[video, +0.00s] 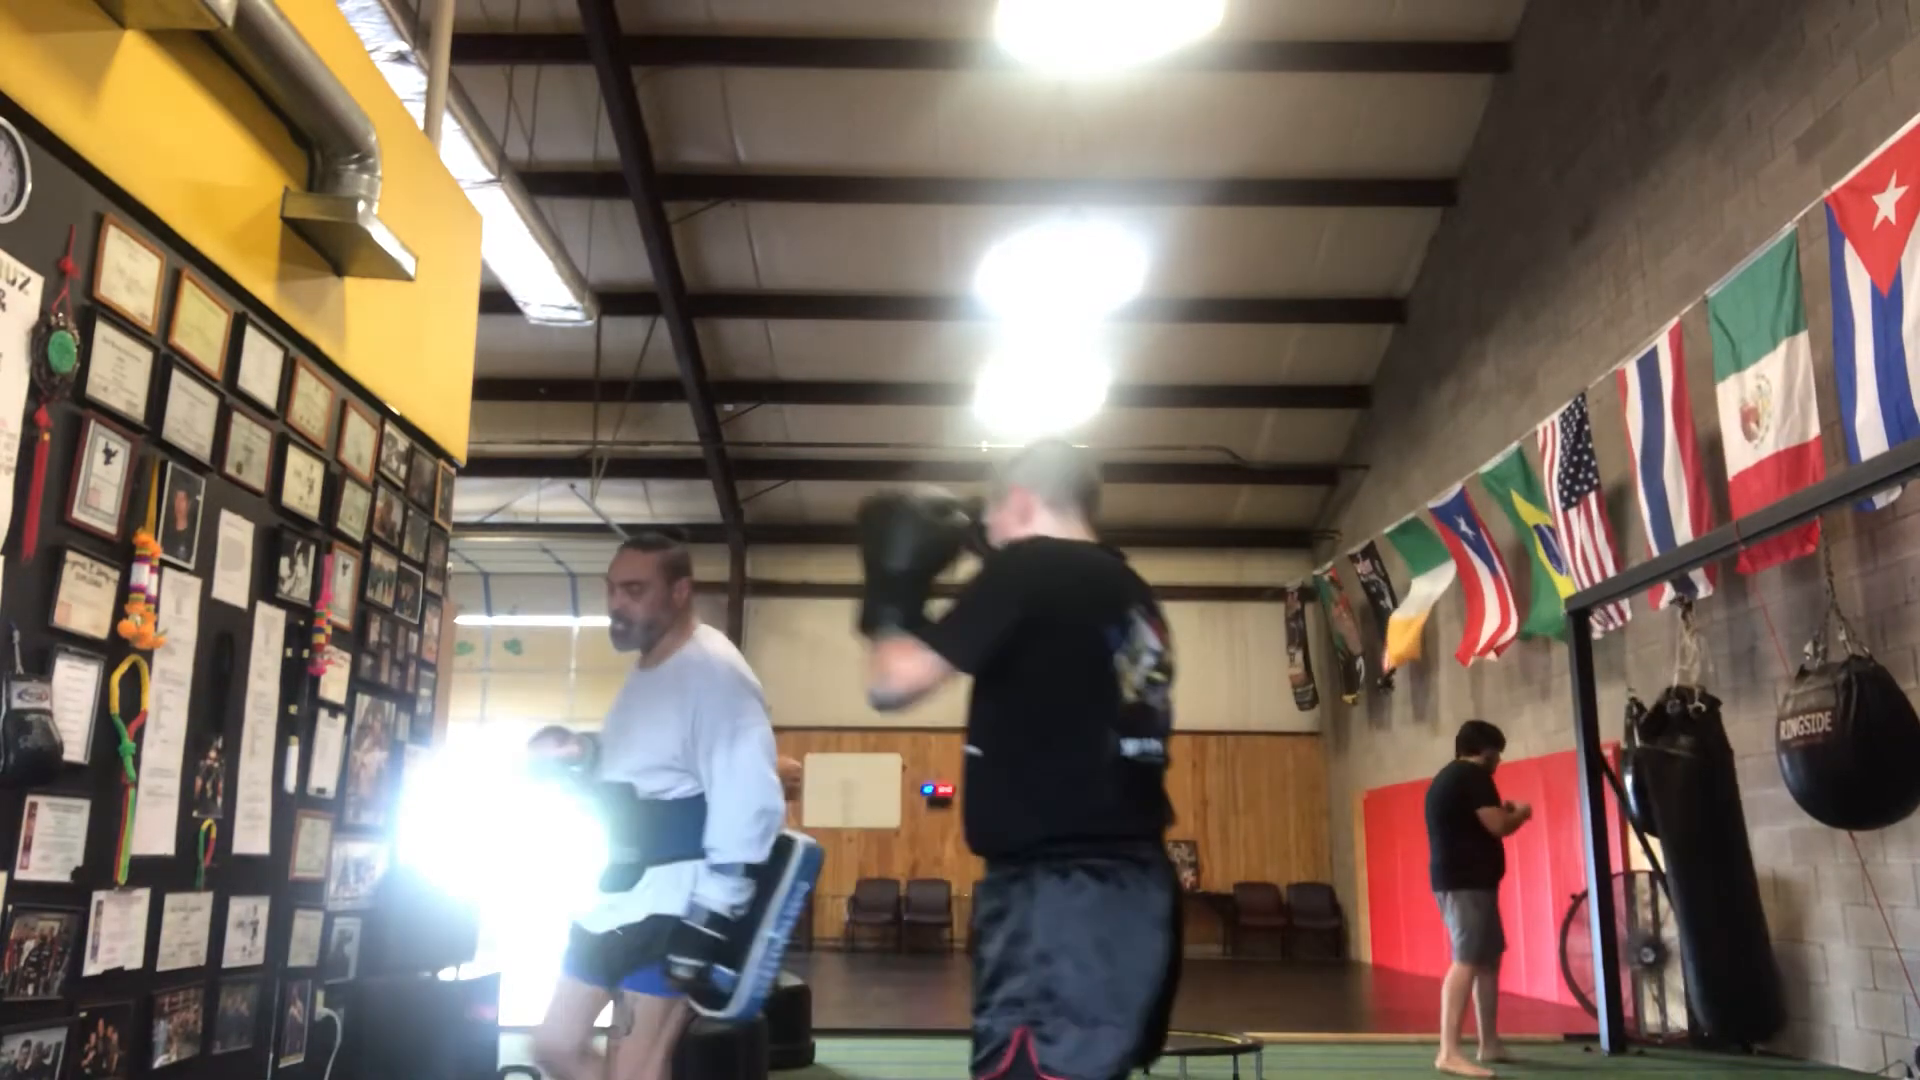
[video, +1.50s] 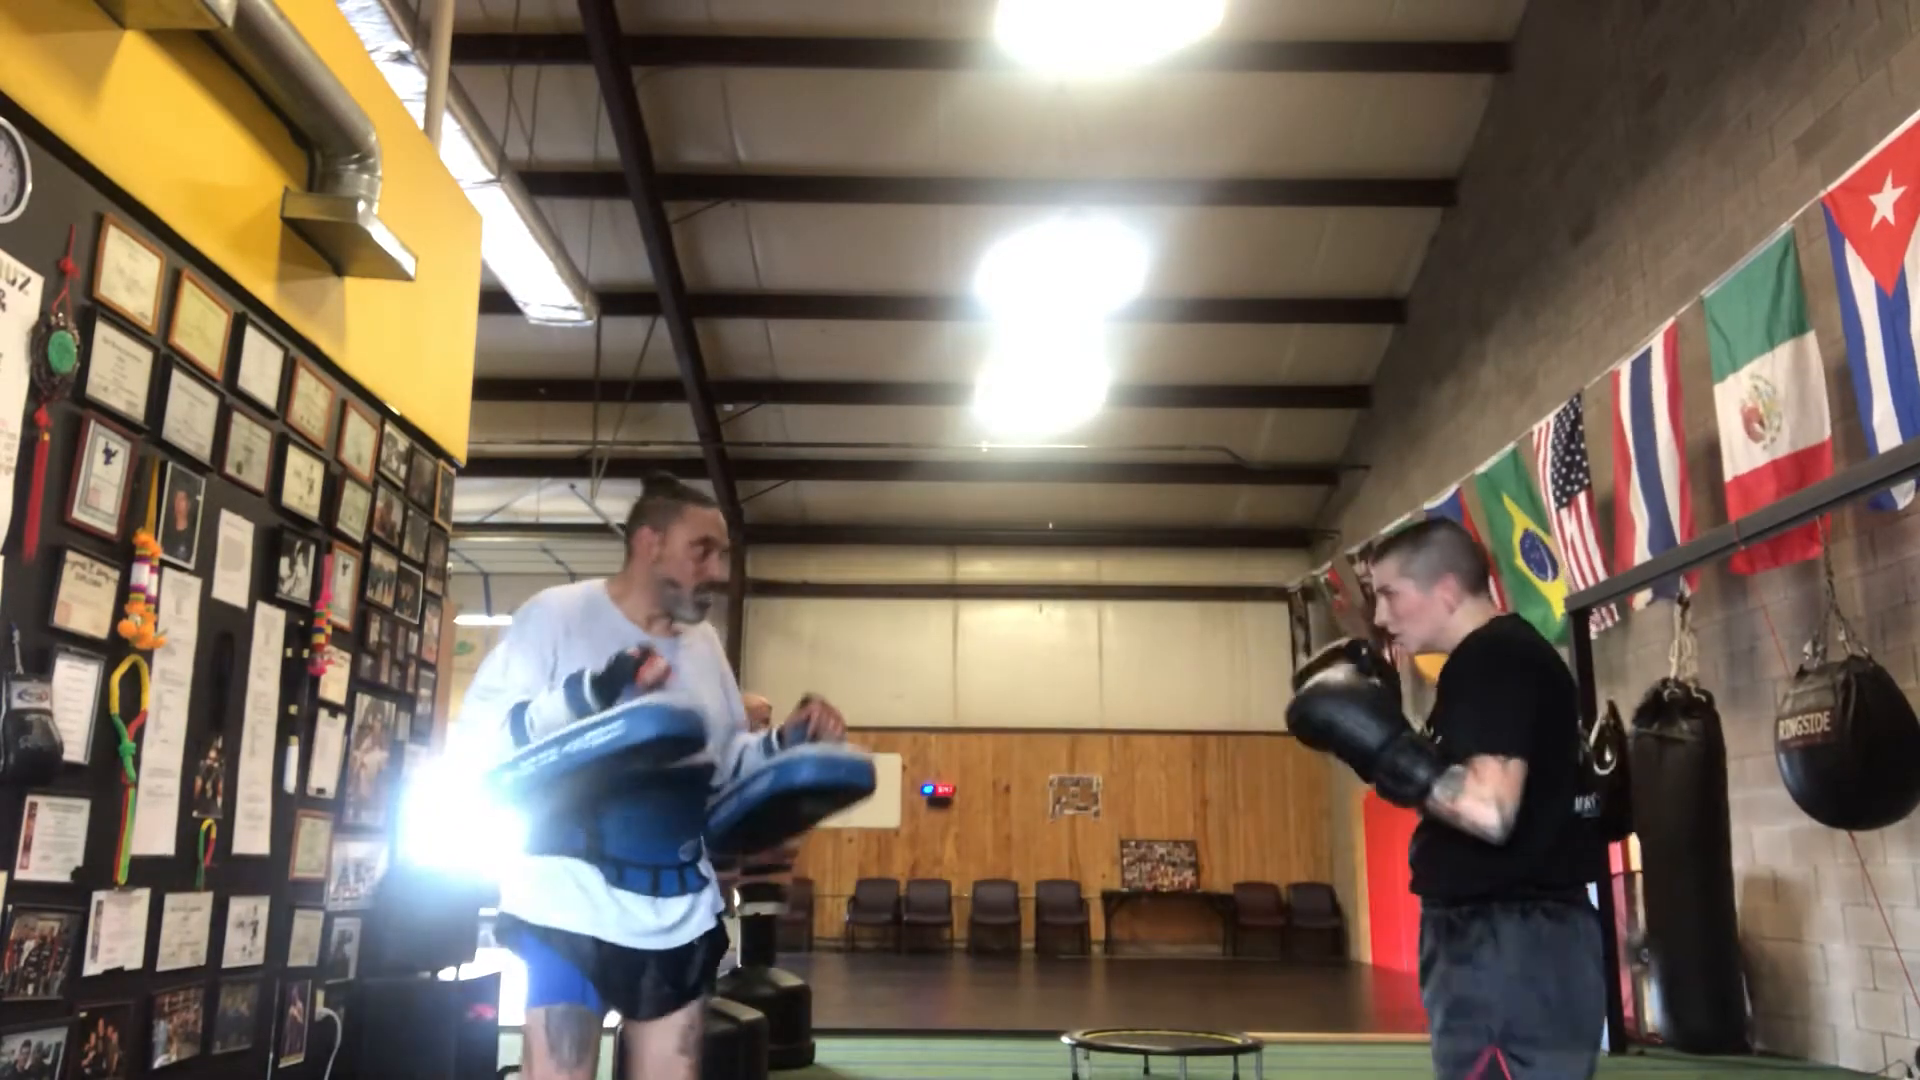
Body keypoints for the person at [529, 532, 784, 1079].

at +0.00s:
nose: (615, 605)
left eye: (634, 590)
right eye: (612, 590)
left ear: (680, 593)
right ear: (608, 591)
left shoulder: (714, 670)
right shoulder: (652, 666)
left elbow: (749, 801)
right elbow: (645, 755)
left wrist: (706, 923)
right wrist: (585, 751)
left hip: (679, 895)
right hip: (620, 888)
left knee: (637, 1066)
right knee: (554, 1045)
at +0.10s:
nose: (610, 599)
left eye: (630, 584)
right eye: (605, 582)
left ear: (675, 589)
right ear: (599, 583)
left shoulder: (709, 668)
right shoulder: (614, 664)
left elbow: (748, 797)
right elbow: (614, 749)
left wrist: (700, 914)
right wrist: (560, 747)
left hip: (676, 883)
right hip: (600, 879)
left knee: (635, 1067)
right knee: (517, 1046)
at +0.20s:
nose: (606, 595)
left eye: (627, 580)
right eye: (598, 577)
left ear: (665, 587)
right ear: (586, 580)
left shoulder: (700, 664)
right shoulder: (583, 654)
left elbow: (746, 788)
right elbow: (550, 738)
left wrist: (711, 900)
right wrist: (521, 746)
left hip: (658, 896)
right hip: (561, 885)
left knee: (634, 1063)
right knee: (518, 1051)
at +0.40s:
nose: (592, 594)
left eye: (609, 578)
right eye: (575, 578)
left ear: (630, 583)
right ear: (554, 584)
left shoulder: (673, 659)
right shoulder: (520, 659)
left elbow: (717, 773)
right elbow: (463, 754)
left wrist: (729, 876)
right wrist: (478, 764)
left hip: (634, 898)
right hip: (526, 894)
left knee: (608, 1063)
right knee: (496, 1064)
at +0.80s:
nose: (661, 599)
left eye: (670, 585)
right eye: (646, 579)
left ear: (674, 588)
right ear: (599, 573)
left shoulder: (678, 668)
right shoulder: (516, 641)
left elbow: (689, 799)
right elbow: (423, 755)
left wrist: (715, 886)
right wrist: (524, 752)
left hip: (637, 906)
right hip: (517, 901)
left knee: (655, 1071)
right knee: (489, 1072)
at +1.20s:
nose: (732, 592)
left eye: (740, 579)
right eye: (720, 570)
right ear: (668, 558)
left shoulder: (721, 667)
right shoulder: (573, 619)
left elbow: (727, 789)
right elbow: (479, 725)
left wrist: (771, 824)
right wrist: (593, 715)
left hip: (662, 907)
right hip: (547, 894)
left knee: (651, 1070)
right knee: (527, 1067)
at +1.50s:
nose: (719, 570)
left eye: (723, 555)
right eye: (703, 549)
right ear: (646, 543)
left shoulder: (703, 645)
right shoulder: (556, 615)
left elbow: (728, 762)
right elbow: (475, 741)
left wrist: (790, 737)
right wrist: (591, 694)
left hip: (680, 917)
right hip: (566, 910)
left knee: (672, 1072)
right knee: (560, 1073)